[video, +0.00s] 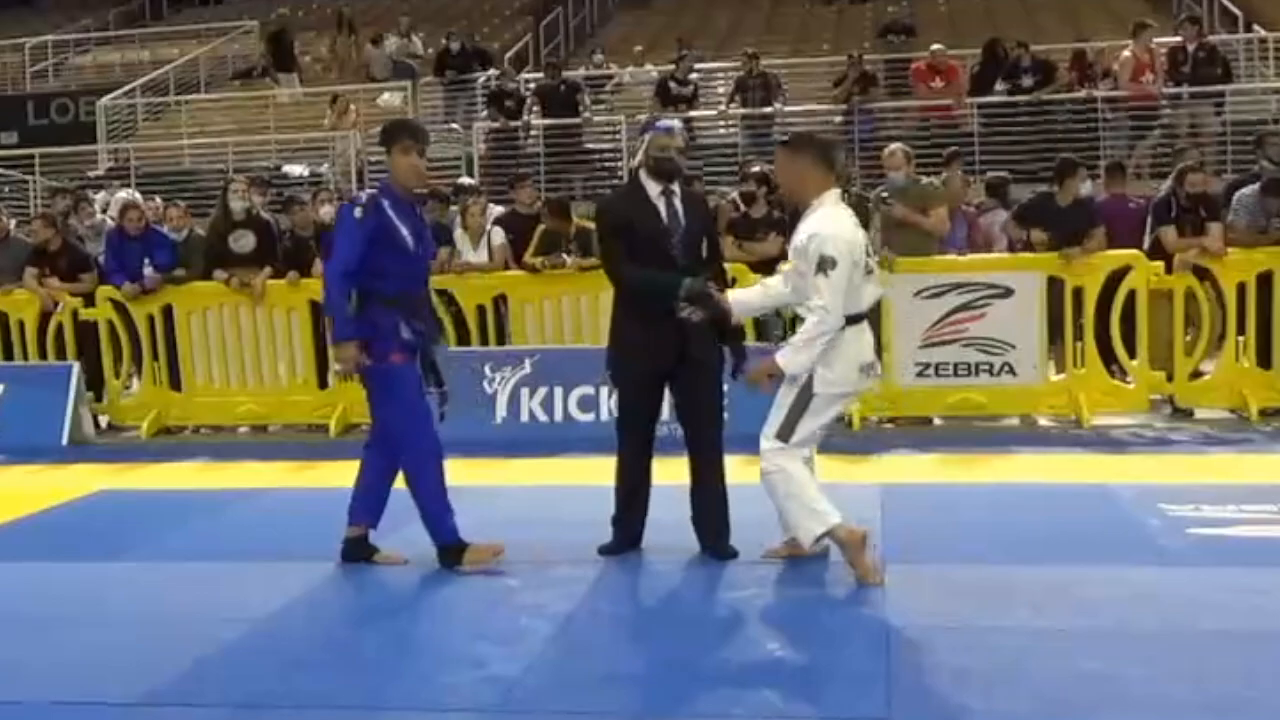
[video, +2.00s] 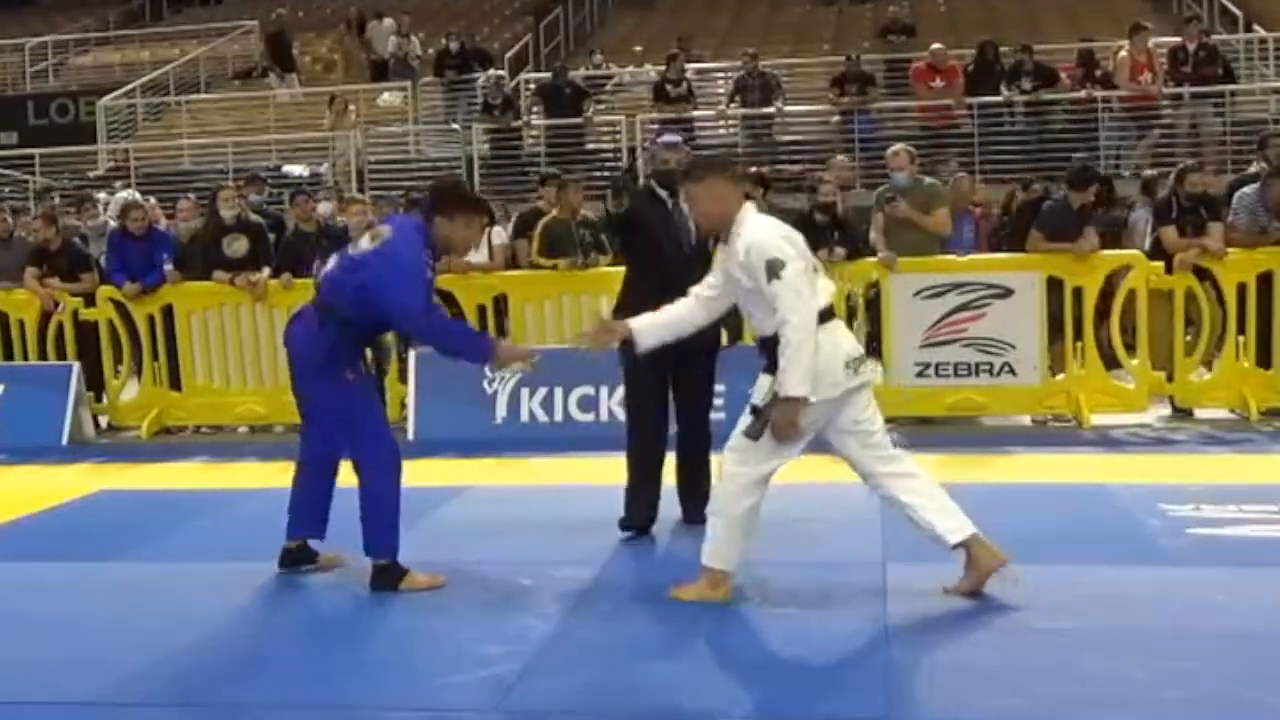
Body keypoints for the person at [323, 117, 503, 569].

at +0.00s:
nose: (421, 164)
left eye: (423, 155)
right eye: (412, 155)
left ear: (421, 159)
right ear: (391, 157)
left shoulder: (412, 213)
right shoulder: (364, 211)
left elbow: (412, 280)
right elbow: (338, 273)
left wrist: (426, 338)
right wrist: (343, 337)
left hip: (409, 336)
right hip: (382, 338)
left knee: (388, 439)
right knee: (419, 440)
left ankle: (356, 536)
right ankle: (450, 546)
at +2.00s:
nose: (475, 241)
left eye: (478, 231)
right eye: (473, 229)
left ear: (444, 219)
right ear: (447, 219)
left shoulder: (403, 231)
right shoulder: (405, 254)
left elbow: (417, 310)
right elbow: (417, 319)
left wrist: (478, 346)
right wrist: (490, 350)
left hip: (310, 332)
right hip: (330, 345)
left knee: (321, 441)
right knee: (380, 454)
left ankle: (297, 547)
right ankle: (385, 566)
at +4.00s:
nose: (187, 181)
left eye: (188, 173)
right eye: (178, 173)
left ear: (181, 177)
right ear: (149, 176)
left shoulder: (189, 226)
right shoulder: (121, 227)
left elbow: (211, 271)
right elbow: (98, 293)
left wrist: (227, 300)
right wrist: (126, 340)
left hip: (181, 335)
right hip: (142, 338)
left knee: (162, 429)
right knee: (153, 428)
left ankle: (132, 518)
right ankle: (126, 534)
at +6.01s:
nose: (466, 295)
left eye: (471, 284)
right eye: (457, 285)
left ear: (479, 279)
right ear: (437, 279)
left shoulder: (490, 299)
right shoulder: (402, 290)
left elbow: (501, 352)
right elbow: (360, 336)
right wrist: (362, 395)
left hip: (449, 365)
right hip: (396, 362)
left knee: (486, 426)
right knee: (383, 432)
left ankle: (492, 520)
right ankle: (364, 536)